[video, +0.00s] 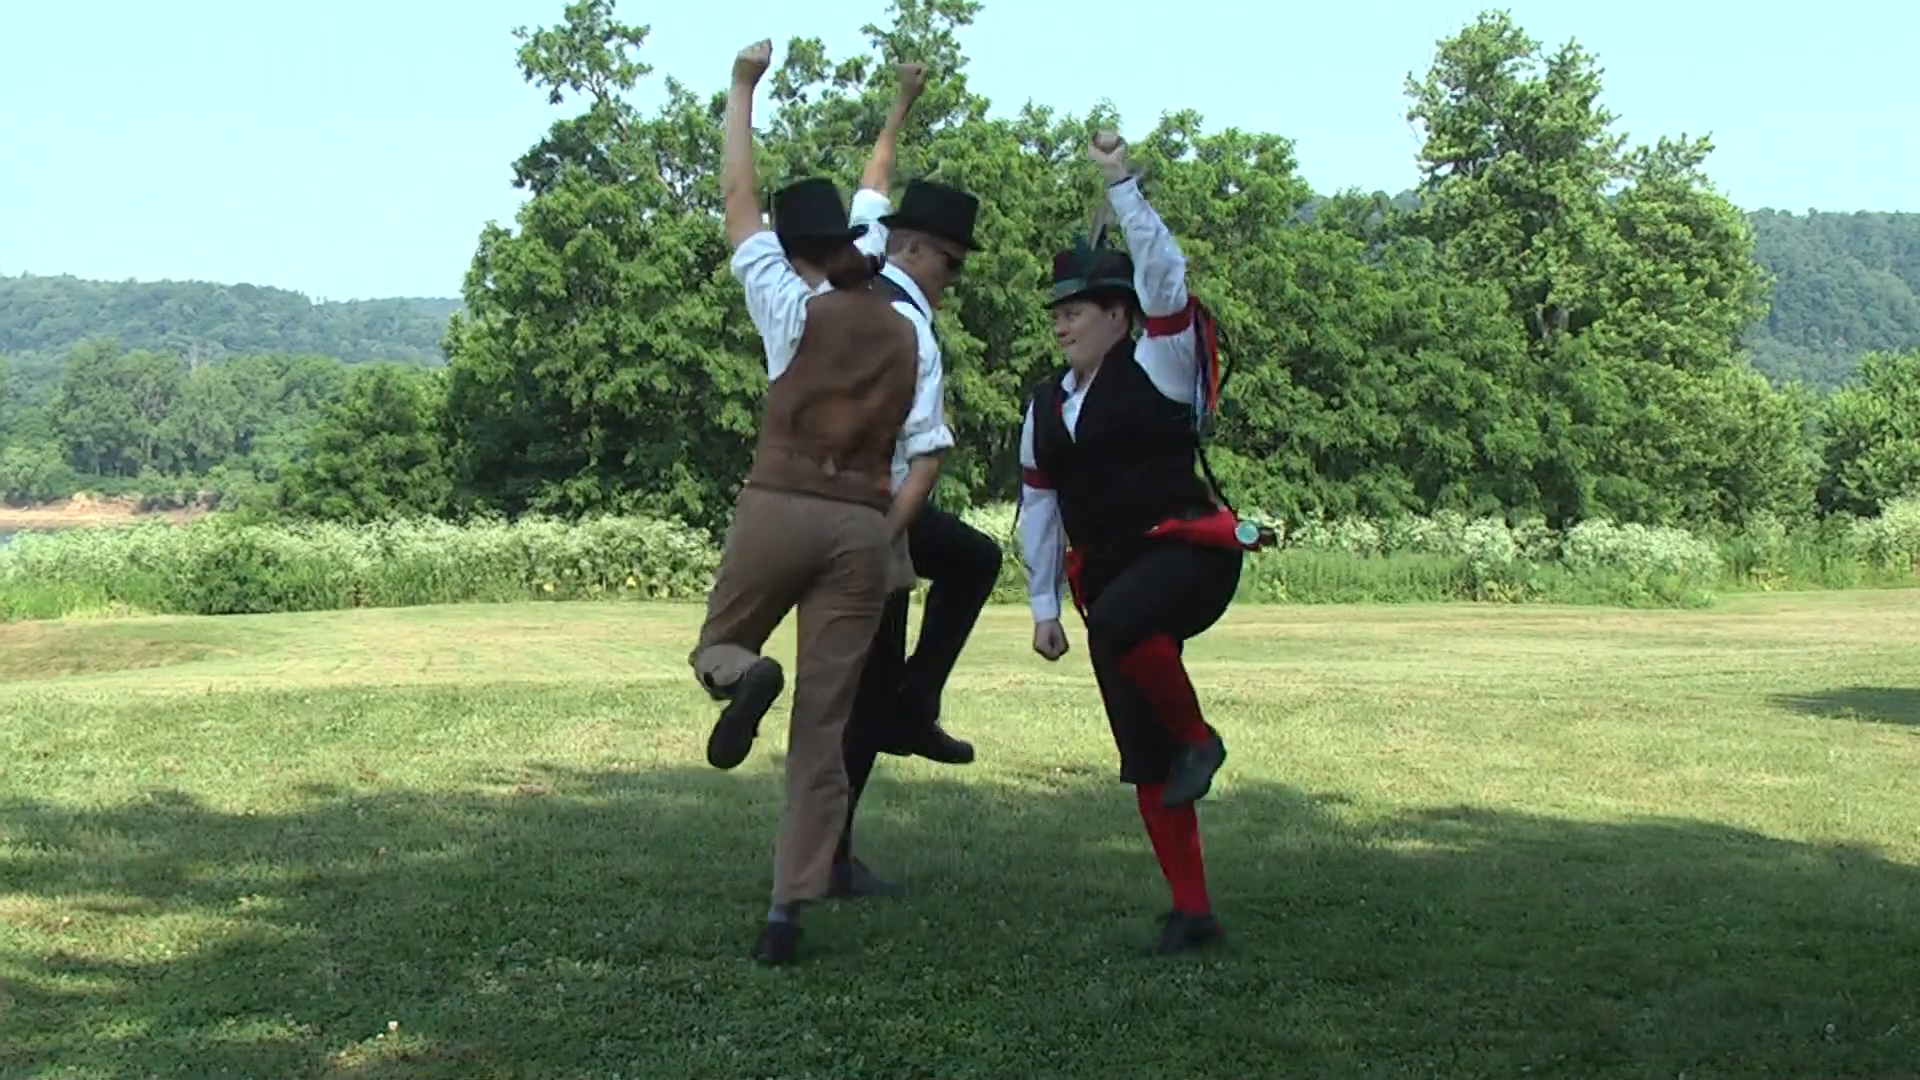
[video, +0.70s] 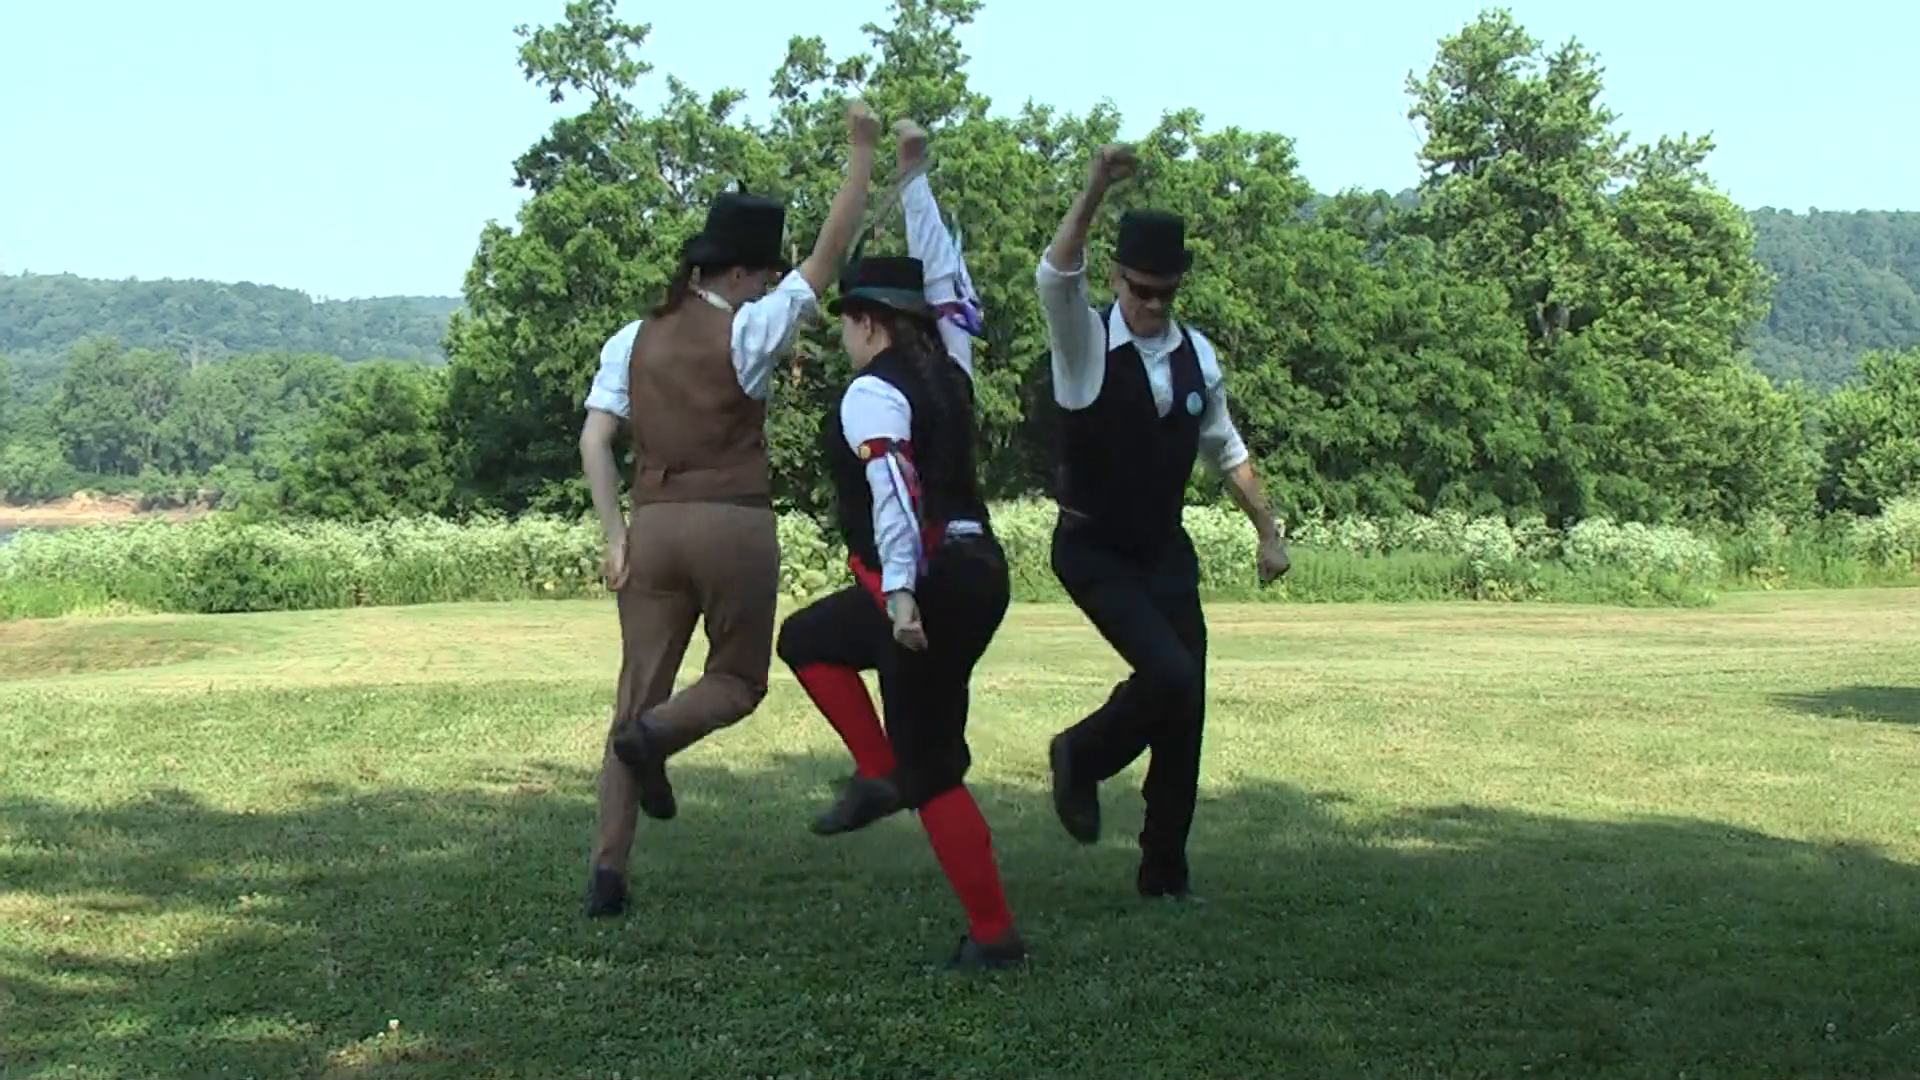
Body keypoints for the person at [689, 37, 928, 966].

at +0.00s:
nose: (796, 267)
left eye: (789, 254)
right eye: (839, 245)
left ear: (798, 258)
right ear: (858, 246)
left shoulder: (788, 307)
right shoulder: (912, 330)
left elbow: (743, 207)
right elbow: (927, 452)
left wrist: (741, 95)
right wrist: (886, 534)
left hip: (775, 516)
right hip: (864, 531)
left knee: (719, 639)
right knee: (823, 728)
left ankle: (745, 676)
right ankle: (788, 909)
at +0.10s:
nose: (775, 306)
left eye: (777, 295)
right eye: (787, 294)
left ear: (776, 298)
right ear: (837, 293)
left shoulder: (751, 356)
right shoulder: (876, 379)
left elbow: (678, 260)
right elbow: (884, 484)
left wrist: (721, 167)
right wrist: (899, 571)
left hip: (746, 561)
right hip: (834, 574)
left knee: (721, 684)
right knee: (792, 762)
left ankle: (706, 731)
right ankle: (760, 928)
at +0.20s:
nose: (774, 305)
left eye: (766, 294)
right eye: (790, 294)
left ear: (756, 295)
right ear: (820, 295)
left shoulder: (724, 359)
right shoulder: (857, 387)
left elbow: (612, 357)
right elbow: (876, 501)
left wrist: (680, 297)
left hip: (720, 567)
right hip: (809, 577)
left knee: (702, 692)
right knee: (780, 760)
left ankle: (673, 790)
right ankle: (760, 927)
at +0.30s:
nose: (785, 290)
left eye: (764, 279)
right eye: (792, 281)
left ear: (734, 282)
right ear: (798, 287)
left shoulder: (691, 355)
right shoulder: (827, 370)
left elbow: (604, 439)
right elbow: (895, 450)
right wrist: (890, 376)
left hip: (695, 549)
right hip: (782, 558)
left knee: (675, 678)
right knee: (767, 734)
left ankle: (639, 823)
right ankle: (759, 914)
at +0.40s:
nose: (786, 299)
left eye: (782, 287)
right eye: (783, 289)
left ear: (716, 285)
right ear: (771, 294)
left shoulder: (658, 360)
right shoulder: (794, 365)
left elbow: (632, 464)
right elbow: (909, 370)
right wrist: (896, 285)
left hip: (666, 544)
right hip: (753, 553)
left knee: (649, 703)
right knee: (747, 726)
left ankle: (613, 855)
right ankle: (747, 896)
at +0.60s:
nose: (758, 324)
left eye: (755, 314)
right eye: (754, 314)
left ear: (685, 311)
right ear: (730, 316)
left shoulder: (624, 381)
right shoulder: (753, 370)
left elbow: (587, 477)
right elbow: (829, 285)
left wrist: (600, 564)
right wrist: (863, 195)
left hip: (639, 564)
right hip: (725, 570)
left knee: (626, 734)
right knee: (723, 735)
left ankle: (601, 892)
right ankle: (688, 811)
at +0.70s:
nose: (773, 287)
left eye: (772, 274)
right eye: (768, 274)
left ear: (703, 268)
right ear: (737, 271)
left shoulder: (630, 340)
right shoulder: (751, 327)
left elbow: (597, 438)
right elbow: (828, 256)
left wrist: (612, 533)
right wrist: (861, 154)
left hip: (654, 523)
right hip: (736, 523)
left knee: (635, 704)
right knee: (738, 680)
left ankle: (607, 875)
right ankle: (652, 739)